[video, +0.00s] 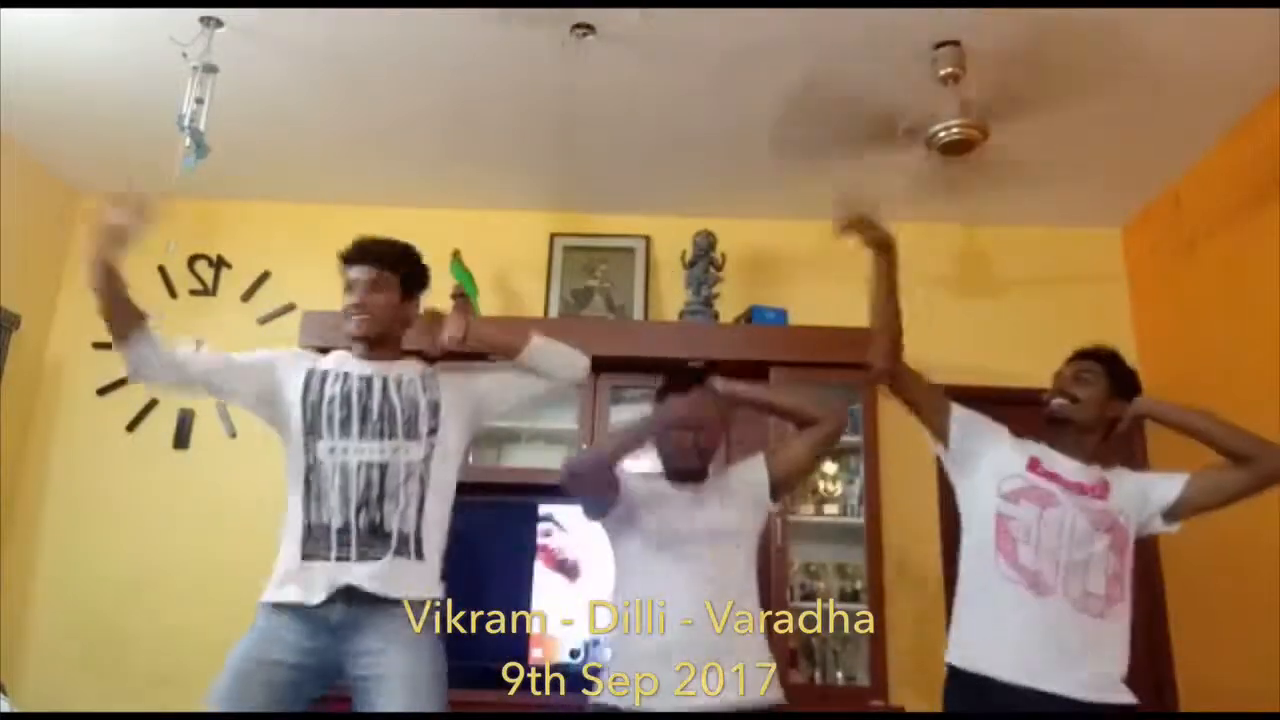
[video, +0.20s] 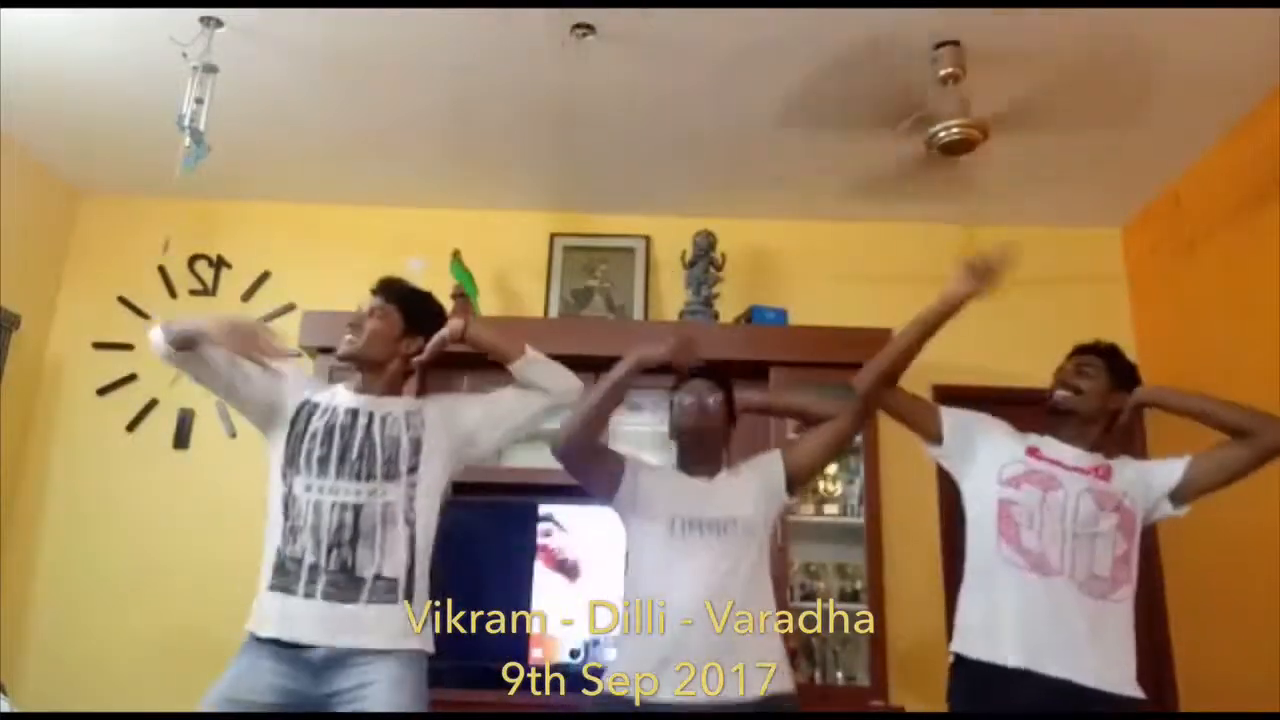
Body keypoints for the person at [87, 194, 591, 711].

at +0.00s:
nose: (356, 299)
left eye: (373, 287)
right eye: (349, 288)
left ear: (411, 304)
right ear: (340, 299)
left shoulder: (454, 389)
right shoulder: (295, 374)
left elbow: (575, 370)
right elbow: (154, 362)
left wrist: (481, 334)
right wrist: (104, 265)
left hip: (400, 616)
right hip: (297, 609)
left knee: (410, 710)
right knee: (226, 707)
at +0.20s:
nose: (355, 316)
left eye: (375, 313)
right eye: (359, 309)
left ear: (412, 347)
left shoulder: (445, 420)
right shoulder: (293, 399)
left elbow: (567, 393)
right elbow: (167, 340)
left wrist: (478, 335)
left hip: (380, 660)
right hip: (273, 651)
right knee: (211, 710)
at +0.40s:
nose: (367, 306)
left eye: (386, 300)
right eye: (374, 296)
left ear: (423, 329)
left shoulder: (460, 406)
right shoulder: (317, 365)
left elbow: (562, 375)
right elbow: (229, 320)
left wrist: (480, 324)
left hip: (364, 597)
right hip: (262, 581)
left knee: (368, 702)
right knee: (203, 702)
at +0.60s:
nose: (369, 315)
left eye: (390, 309)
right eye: (378, 306)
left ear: (426, 338)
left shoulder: (460, 420)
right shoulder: (313, 377)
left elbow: (569, 394)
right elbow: (226, 327)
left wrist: (489, 329)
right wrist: (213, 289)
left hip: (366, 646)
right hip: (257, 631)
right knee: (195, 704)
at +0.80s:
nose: (365, 303)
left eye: (385, 297)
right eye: (371, 293)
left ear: (421, 325)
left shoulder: (453, 407)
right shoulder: (316, 361)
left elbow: (563, 374)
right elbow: (215, 288)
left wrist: (471, 318)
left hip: (351, 603)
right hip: (251, 584)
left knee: (361, 704)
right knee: (195, 702)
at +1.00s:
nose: (354, 300)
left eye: (374, 293)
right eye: (361, 290)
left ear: (413, 319)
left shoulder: (447, 399)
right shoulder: (302, 359)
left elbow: (551, 380)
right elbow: (211, 296)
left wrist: (462, 320)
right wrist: (174, 193)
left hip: (355, 617)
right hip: (251, 599)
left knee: (364, 703)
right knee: (193, 704)